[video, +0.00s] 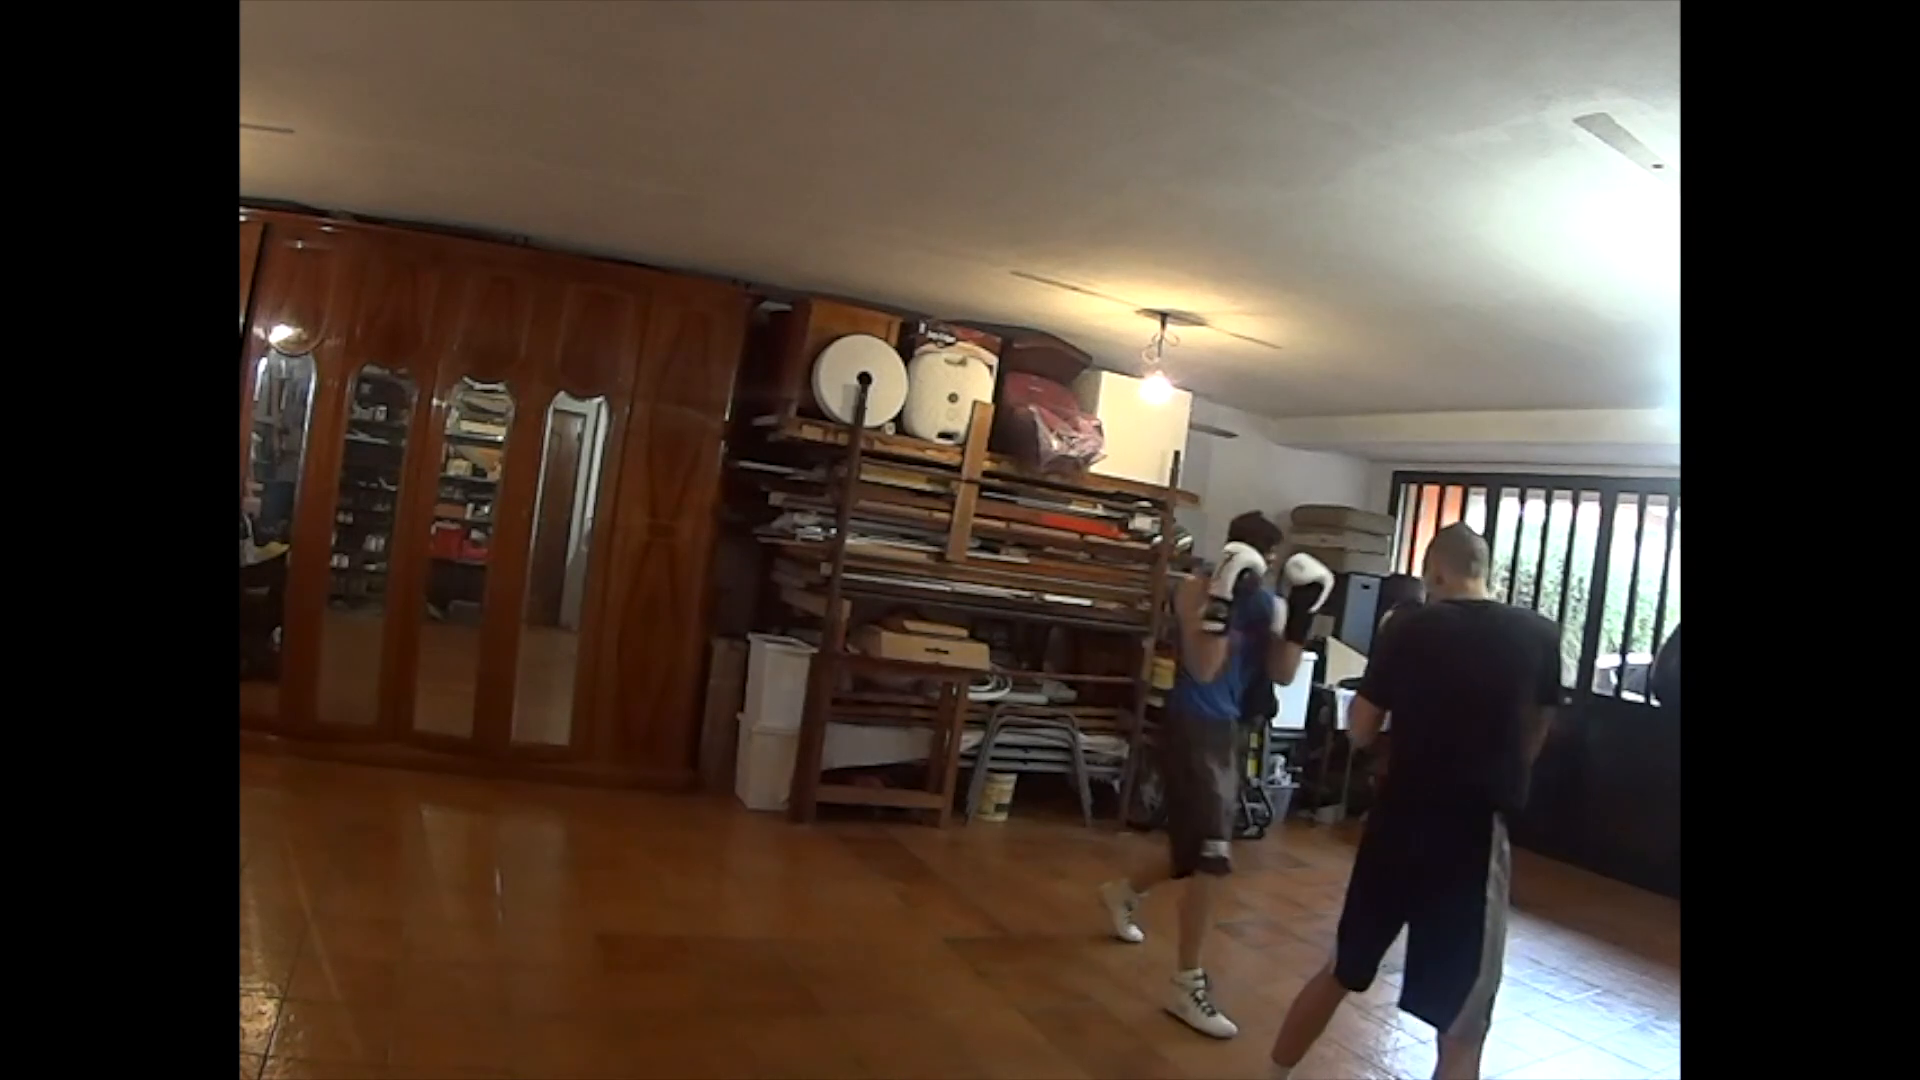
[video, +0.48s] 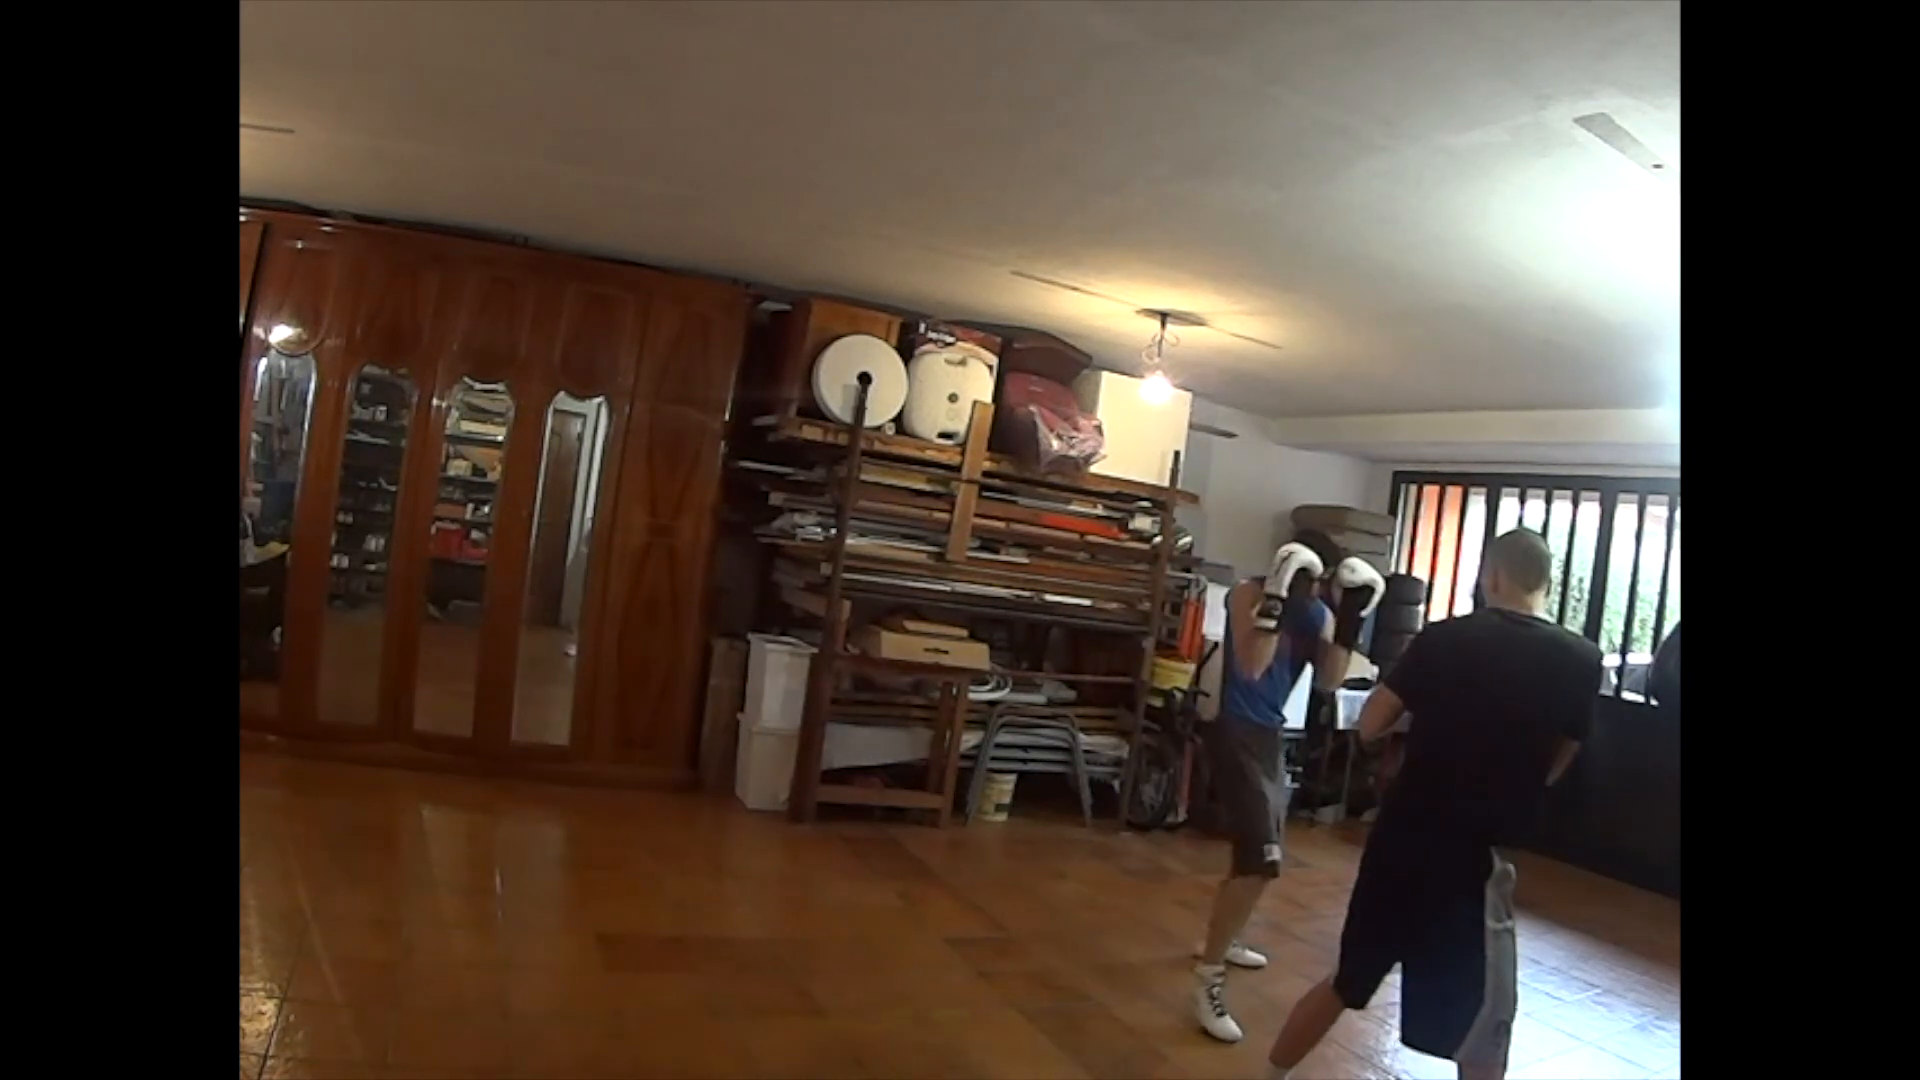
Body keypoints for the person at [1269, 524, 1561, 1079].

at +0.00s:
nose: (1428, 584)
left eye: (1427, 575)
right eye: (1430, 577)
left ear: (1434, 571)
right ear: (1486, 570)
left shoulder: (1407, 626)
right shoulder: (1536, 634)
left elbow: (1361, 729)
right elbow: (1533, 742)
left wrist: (1412, 740)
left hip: (1398, 816)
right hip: (1476, 832)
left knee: (1342, 970)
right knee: (1466, 1024)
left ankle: (1274, 1069)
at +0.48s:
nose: (1482, 584)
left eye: (1483, 575)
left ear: (1491, 578)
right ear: (1547, 584)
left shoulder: (1444, 637)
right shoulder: (1580, 659)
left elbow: (1370, 726)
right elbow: (1552, 770)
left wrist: (1423, 709)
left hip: (1405, 835)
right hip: (1484, 858)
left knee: (1346, 982)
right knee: (1486, 1036)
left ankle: (1270, 1070)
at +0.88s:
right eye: (1552, 603)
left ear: (1492, 591)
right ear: (1549, 605)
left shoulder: (1433, 648)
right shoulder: (1563, 686)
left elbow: (1349, 724)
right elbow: (1532, 776)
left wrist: (1390, 760)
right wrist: (1473, 775)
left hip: (1378, 848)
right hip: (1453, 875)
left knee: (1347, 986)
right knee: (1480, 1048)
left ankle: (1272, 1072)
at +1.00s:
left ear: (1518, 619)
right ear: (1580, 641)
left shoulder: (1441, 676)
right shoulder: (1580, 730)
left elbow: (1356, 744)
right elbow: (1530, 827)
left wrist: (1398, 779)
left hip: (1371, 874)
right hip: (1450, 913)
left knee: (1351, 987)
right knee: (1474, 1064)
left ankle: (1264, 1071)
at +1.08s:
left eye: (1511, 609)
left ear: (1509, 615)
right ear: (1569, 638)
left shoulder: (1440, 669)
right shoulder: (1571, 722)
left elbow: (1367, 689)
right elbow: (1534, 828)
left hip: (1362, 866)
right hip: (1437, 902)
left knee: (1347, 987)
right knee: (1459, 1066)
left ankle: (1265, 1070)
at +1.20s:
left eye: (1478, 608)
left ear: (1474, 612)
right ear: (1528, 630)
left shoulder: (1418, 653)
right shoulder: (1526, 688)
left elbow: (1366, 633)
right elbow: (1498, 810)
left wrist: (1357, 588)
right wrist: (1440, 774)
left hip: (1333, 843)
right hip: (1394, 864)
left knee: (1335, 986)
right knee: (1409, 1055)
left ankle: (1264, 1071)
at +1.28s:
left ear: (1460, 617)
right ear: (1518, 631)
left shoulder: (1413, 652)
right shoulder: (1514, 685)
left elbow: (1312, 664)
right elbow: (1487, 810)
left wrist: (1299, 595)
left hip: (1319, 839)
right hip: (1377, 858)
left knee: (1331, 986)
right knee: (1380, 1042)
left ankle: (1264, 1070)